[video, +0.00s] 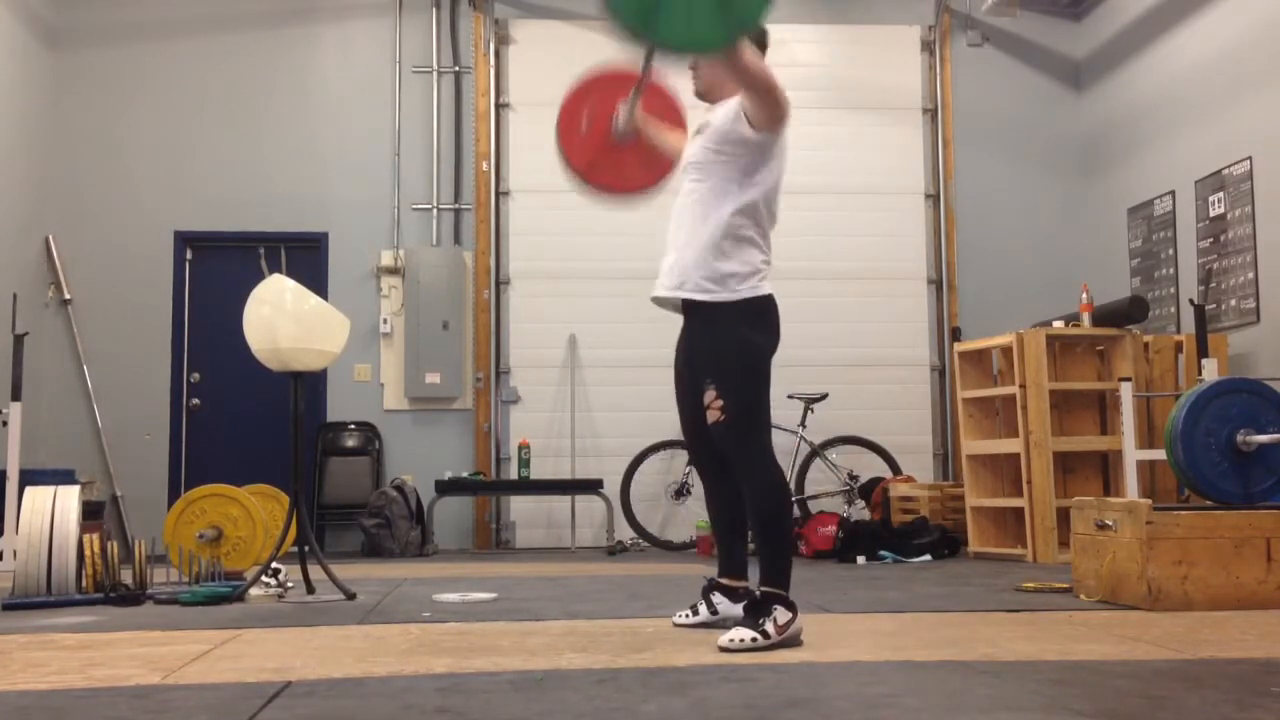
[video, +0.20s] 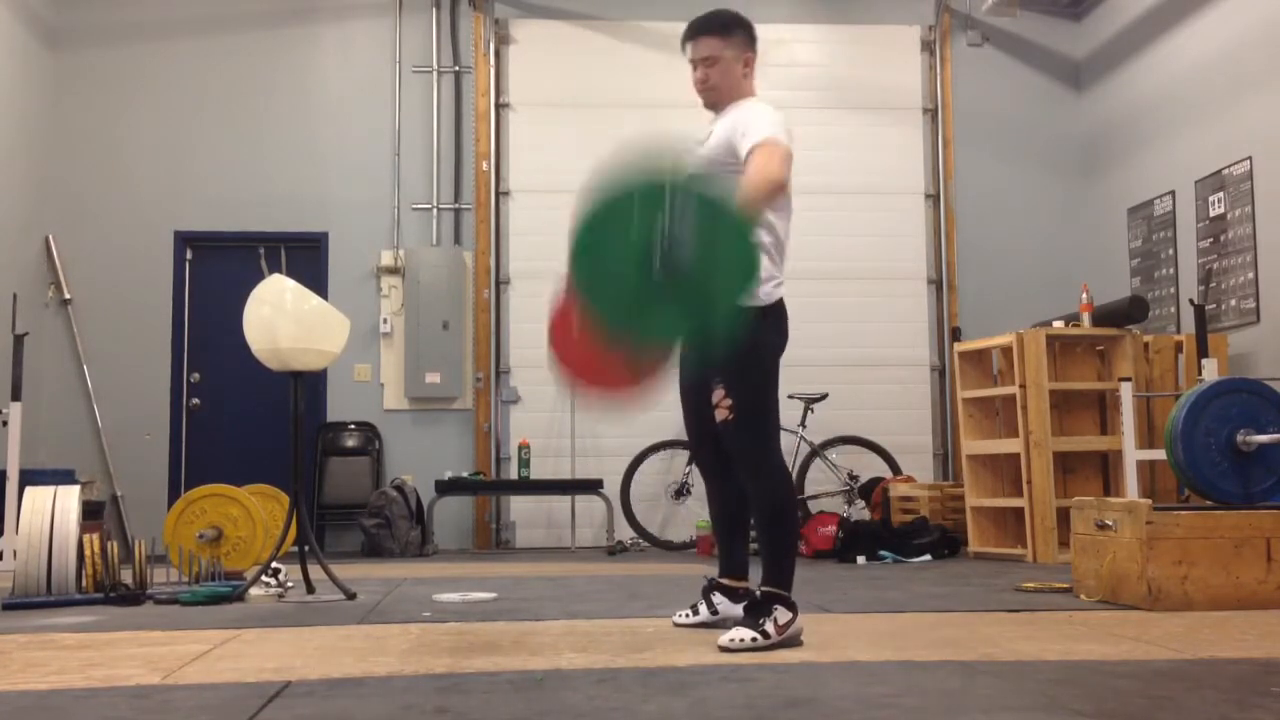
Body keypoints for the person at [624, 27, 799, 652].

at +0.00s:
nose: (691, 64)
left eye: (701, 54)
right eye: (689, 54)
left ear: (736, 55)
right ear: (705, 63)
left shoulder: (756, 116)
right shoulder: (711, 126)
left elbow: (769, 101)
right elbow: (689, 160)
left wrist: (728, 39)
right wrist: (639, 123)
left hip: (739, 313)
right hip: (701, 314)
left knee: (750, 454)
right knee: (709, 456)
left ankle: (777, 606)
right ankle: (730, 594)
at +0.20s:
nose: (699, 76)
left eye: (710, 63)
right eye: (693, 67)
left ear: (745, 61)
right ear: (693, 71)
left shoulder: (755, 116)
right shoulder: (721, 130)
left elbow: (772, 168)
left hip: (751, 312)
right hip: (713, 309)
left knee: (756, 452)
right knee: (712, 452)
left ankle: (779, 607)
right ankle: (731, 593)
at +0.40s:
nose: (682, 85)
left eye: (692, 71)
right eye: (674, 76)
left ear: (726, 65)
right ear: (670, 78)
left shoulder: (746, 123)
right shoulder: (707, 137)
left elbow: (770, 204)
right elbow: (710, 234)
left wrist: (753, 291)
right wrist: (679, 306)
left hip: (743, 318)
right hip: (705, 321)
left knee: (759, 460)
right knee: (714, 463)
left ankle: (779, 608)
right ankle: (729, 595)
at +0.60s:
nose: (662, 91)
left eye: (672, 77)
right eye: (654, 82)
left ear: (707, 71)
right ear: (652, 86)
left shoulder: (726, 125)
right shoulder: (697, 141)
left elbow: (761, 202)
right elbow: (706, 238)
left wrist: (742, 292)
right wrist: (681, 314)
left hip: (737, 319)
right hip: (706, 323)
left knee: (749, 455)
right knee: (714, 457)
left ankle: (777, 608)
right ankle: (730, 594)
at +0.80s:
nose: (640, 101)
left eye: (648, 85)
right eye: (631, 92)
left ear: (681, 75)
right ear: (629, 97)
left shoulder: (709, 128)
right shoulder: (680, 147)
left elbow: (745, 203)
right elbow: (694, 238)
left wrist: (712, 286)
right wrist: (678, 310)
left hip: (730, 317)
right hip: (703, 320)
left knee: (721, 447)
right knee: (711, 450)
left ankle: (762, 596)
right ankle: (732, 590)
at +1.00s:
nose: (614, 114)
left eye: (618, 98)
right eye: (604, 104)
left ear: (651, 81)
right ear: (604, 103)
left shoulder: (690, 128)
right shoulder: (668, 143)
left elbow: (732, 197)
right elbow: (691, 233)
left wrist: (693, 276)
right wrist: (675, 308)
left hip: (720, 313)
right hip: (705, 314)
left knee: (691, 445)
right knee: (709, 449)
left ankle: (720, 591)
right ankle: (731, 592)